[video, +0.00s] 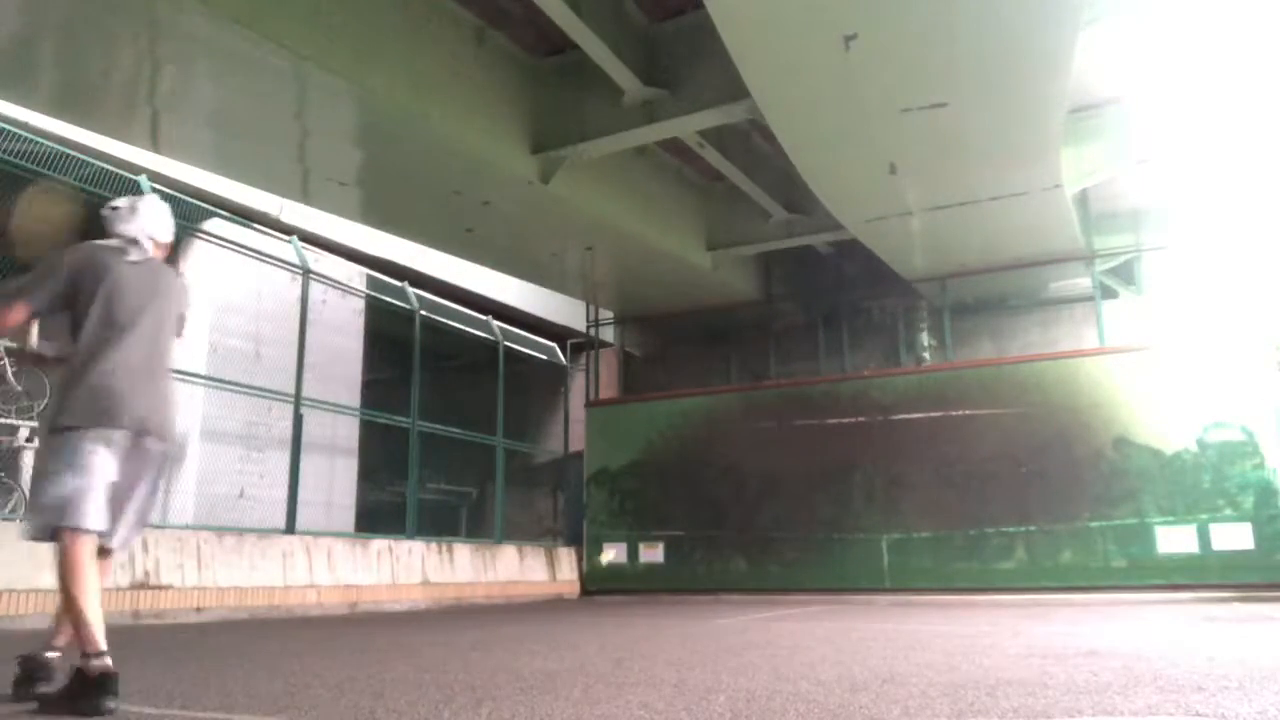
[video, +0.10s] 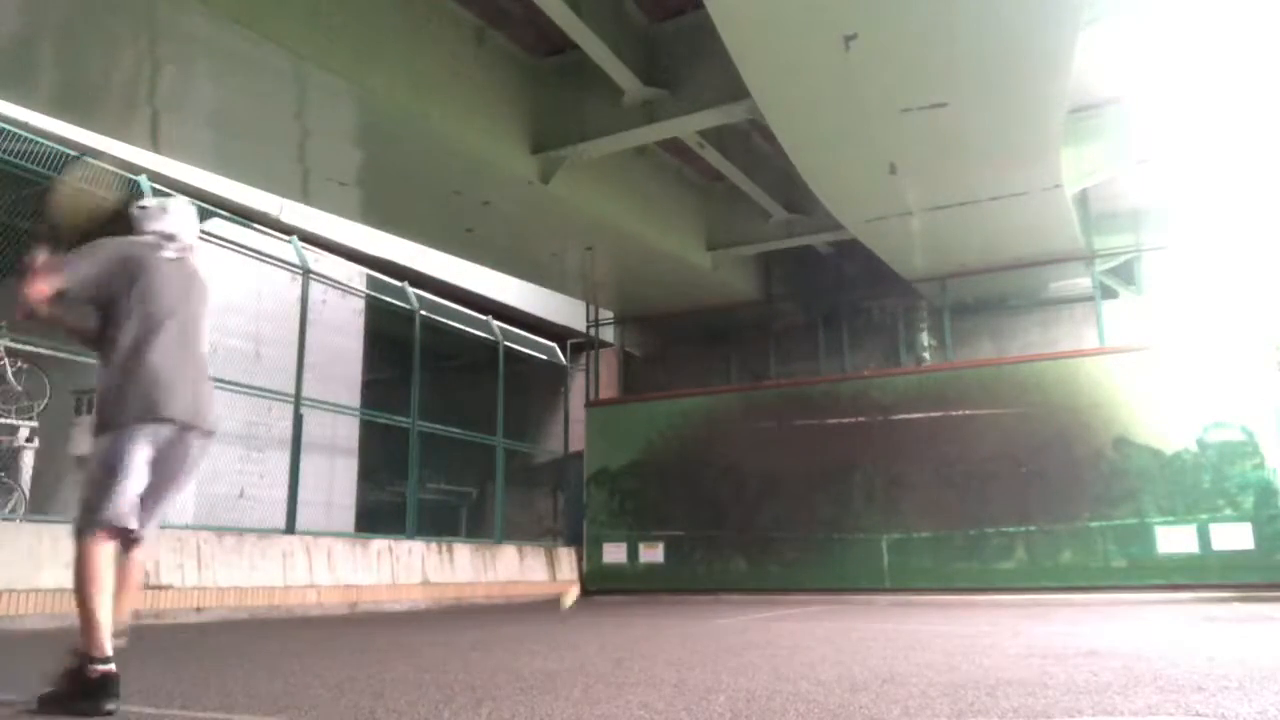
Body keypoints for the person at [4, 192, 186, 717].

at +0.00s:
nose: (167, 252)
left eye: (167, 246)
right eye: (167, 245)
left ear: (111, 228)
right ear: (158, 242)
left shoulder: (83, 257)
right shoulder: (173, 283)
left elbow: (11, 316)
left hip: (92, 410)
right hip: (156, 420)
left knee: (77, 537)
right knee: (102, 547)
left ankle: (99, 665)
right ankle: (51, 657)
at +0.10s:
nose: (132, 226)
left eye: (137, 220)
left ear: (142, 223)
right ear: (185, 232)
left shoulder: (131, 251)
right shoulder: (193, 277)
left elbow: (42, 289)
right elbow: (115, 334)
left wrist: (40, 265)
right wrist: (54, 306)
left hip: (140, 407)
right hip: (196, 414)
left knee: (99, 532)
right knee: (135, 539)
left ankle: (98, 665)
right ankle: (106, 651)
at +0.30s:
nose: (190, 253)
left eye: (194, 245)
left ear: (207, 238)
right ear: (237, 248)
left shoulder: (217, 247)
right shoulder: (227, 298)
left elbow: (197, 279)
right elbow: (146, 335)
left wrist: (147, 236)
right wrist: (107, 285)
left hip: (220, 415)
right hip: (267, 421)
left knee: (138, 536)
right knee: (235, 534)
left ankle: (103, 672)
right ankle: (315, 627)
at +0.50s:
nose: (273, 252)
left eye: (276, 245)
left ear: (283, 249)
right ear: (323, 254)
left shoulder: (282, 273)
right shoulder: (349, 295)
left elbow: (276, 347)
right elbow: (342, 367)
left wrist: (234, 426)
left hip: (302, 424)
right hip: (355, 431)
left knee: (220, 536)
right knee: (339, 552)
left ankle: (154, 662)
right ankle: (373, 663)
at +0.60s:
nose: (309, 238)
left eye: (311, 232)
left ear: (316, 236)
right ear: (360, 239)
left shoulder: (308, 263)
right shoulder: (385, 289)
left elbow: (275, 326)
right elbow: (407, 363)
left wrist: (223, 400)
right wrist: (431, 423)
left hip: (322, 414)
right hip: (379, 423)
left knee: (256, 525)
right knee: (364, 544)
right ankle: (377, 664)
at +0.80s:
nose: (375, 215)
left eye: (372, 210)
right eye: (390, 210)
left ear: (368, 219)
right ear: (414, 220)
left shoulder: (352, 254)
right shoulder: (444, 264)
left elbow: (289, 279)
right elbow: (517, 260)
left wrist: (216, 300)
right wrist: (587, 251)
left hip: (366, 399)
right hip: (423, 407)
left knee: (368, 517)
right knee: (405, 536)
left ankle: (419, 626)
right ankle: (384, 658)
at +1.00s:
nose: (424, 222)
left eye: (425, 215)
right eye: (435, 213)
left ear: (421, 223)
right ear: (465, 223)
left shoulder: (400, 271)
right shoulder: (494, 257)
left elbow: (340, 308)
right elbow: (576, 228)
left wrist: (278, 341)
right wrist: (630, 173)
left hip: (439, 416)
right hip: (492, 418)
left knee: (450, 540)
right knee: (444, 543)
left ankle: (493, 669)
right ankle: (394, 658)